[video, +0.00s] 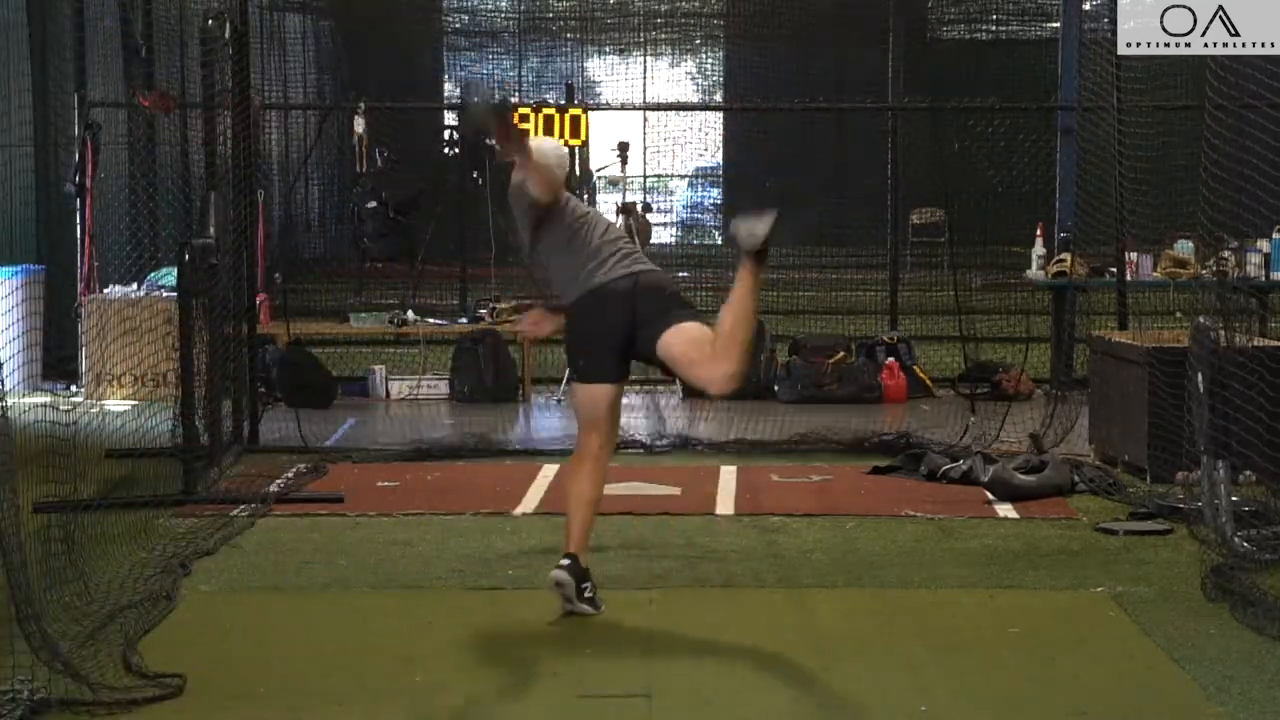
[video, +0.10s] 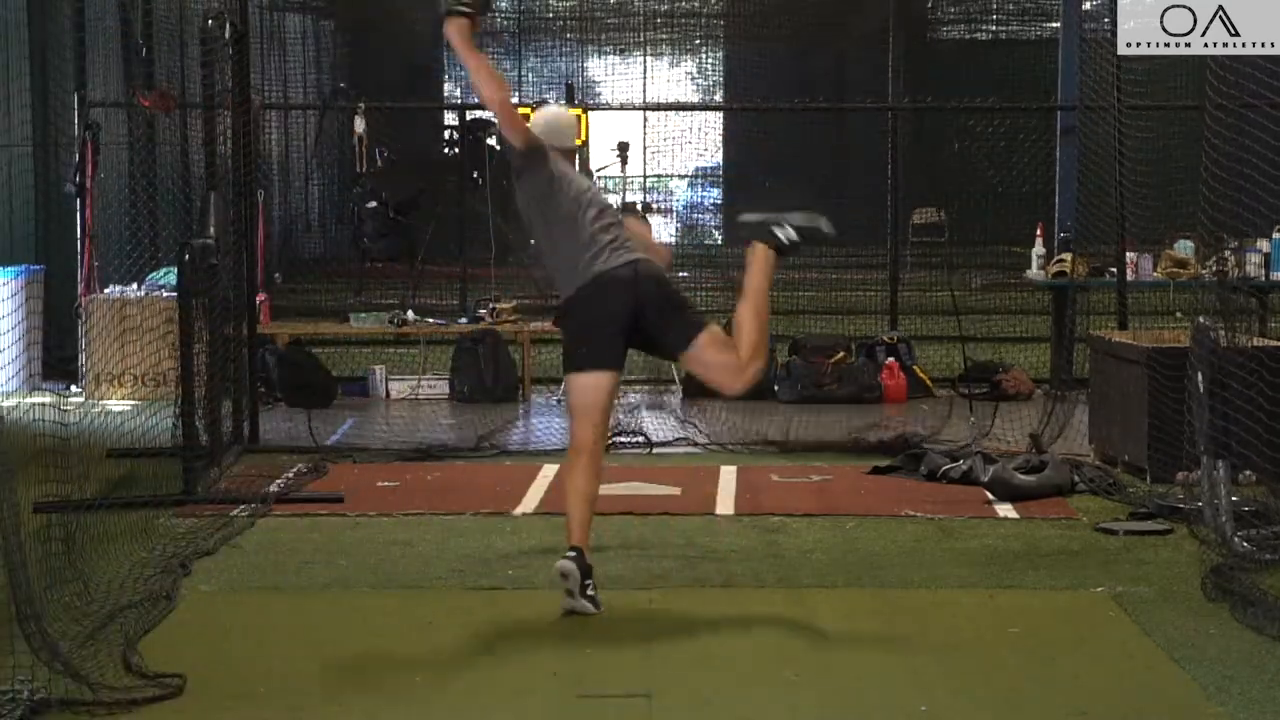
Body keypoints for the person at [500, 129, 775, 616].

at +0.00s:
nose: (501, 157)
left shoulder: (524, 185)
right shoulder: (550, 210)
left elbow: (550, 182)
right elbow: (606, 277)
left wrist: (526, 152)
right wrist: (561, 315)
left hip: (597, 306)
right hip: (647, 288)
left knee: (593, 443)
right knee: (720, 376)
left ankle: (574, 561)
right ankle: (751, 257)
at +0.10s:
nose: (518, 138)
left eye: (526, 132)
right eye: (524, 132)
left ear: (536, 141)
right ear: (577, 148)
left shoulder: (536, 162)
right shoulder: (594, 197)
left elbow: (502, 107)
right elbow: (655, 252)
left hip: (593, 297)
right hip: (643, 287)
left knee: (586, 442)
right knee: (738, 374)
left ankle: (577, 556)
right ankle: (765, 244)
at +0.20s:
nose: (547, 116)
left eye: (547, 111)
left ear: (549, 113)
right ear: (592, 120)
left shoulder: (532, 134)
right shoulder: (614, 163)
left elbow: (453, 104)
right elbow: (677, 221)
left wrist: (448, 87)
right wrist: (654, 271)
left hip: (596, 276)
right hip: (644, 276)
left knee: (606, 418)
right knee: (667, 374)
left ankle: (605, 530)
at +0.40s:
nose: (568, 132)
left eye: (565, 125)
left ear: (564, 127)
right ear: (606, 128)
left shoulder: (547, 182)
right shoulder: (633, 180)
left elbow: (525, 262)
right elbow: (680, 239)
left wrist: (522, 327)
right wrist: (709, 287)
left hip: (598, 307)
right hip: (639, 302)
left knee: (609, 423)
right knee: (610, 423)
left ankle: (676, 429)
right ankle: (646, 525)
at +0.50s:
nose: (556, 118)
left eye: (555, 111)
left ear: (556, 114)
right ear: (596, 116)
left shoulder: (549, 168)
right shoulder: (621, 164)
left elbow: (567, 243)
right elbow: (672, 224)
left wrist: (560, 317)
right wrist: (676, 272)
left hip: (601, 295)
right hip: (645, 293)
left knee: (586, 412)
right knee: (616, 408)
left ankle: (671, 442)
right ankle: (649, 521)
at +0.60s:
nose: (546, 88)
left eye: (546, 82)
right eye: (554, 83)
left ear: (547, 85)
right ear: (586, 84)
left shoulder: (561, 131)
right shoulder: (604, 126)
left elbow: (591, 188)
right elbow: (646, 176)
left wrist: (574, 262)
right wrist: (624, 215)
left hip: (605, 261)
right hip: (640, 260)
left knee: (576, 374)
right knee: (639, 374)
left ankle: (630, 477)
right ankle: (648, 488)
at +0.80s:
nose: (548, 91)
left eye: (548, 85)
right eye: (551, 85)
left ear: (553, 87)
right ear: (588, 85)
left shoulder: (576, 123)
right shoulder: (588, 126)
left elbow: (611, 155)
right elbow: (591, 197)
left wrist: (577, 198)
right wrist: (547, 211)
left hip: (583, 265)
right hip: (611, 262)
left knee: (577, 380)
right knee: (615, 372)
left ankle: (597, 492)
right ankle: (677, 465)